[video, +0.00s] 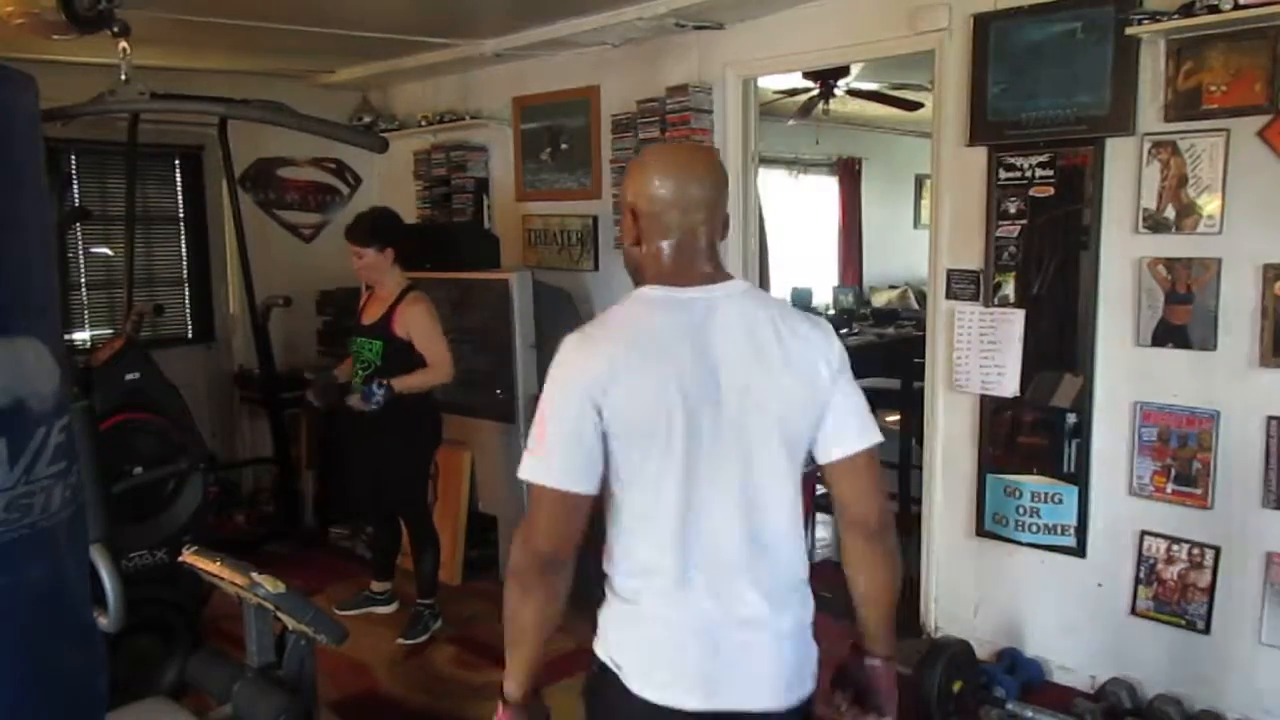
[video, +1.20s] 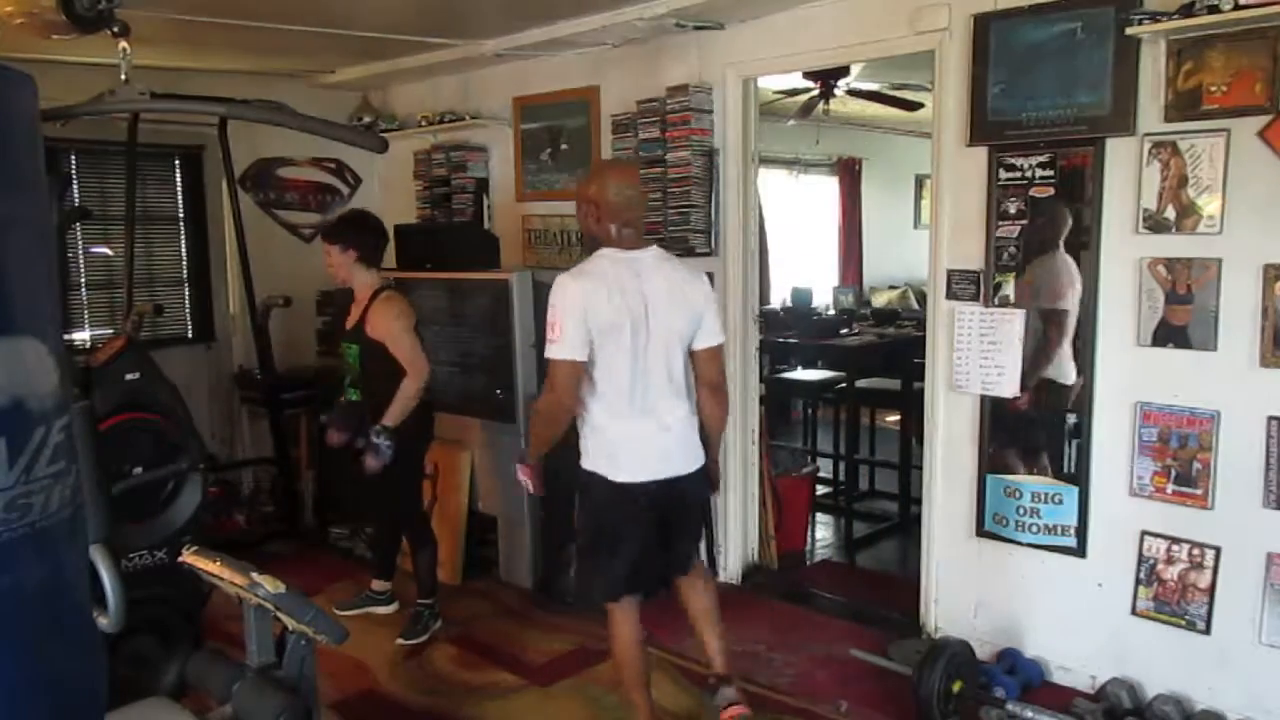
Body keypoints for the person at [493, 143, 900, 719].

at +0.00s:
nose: (621, 234)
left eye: (622, 218)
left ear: (630, 227)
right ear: (723, 225)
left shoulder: (598, 350)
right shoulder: (809, 341)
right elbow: (868, 518)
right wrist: (879, 656)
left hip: (646, 682)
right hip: (776, 681)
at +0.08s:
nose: (620, 220)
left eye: (621, 205)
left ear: (629, 213)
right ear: (720, 218)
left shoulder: (583, 329)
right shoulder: (792, 329)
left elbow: (532, 508)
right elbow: (848, 500)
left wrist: (515, 622)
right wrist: (875, 631)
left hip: (636, 655)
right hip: (759, 656)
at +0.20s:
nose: (631, 220)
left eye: (632, 206)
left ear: (637, 214)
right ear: (722, 222)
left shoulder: (576, 316)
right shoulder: (775, 328)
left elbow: (525, 475)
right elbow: (829, 495)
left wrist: (526, 541)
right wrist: (861, 612)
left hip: (629, 629)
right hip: (745, 629)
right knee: (742, 709)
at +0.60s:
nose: (656, 215)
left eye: (661, 206)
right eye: (660, 204)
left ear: (677, 216)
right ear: (729, 219)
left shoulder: (618, 297)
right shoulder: (774, 309)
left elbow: (580, 432)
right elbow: (800, 441)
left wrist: (562, 543)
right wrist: (811, 539)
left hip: (637, 546)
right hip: (732, 548)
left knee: (621, 691)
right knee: (738, 699)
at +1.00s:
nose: (589, 238)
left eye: (591, 231)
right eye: (592, 229)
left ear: (602, 239)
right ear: (658, 233)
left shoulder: (583, 316)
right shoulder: (711, 305)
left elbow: (583, 435)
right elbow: (739, 412)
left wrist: (584, 531)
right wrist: (747, 486)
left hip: (624, 516)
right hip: (700, 515)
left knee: (623, 626)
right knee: (724, 642)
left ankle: (640, 713)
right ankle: (732, 714)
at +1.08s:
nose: (586, 235)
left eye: (587, 228)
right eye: (588, 226)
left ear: (597, 233)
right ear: (652, 227)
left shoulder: (577, 308)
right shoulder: (703, 299)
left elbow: (573, 425)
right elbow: (728, 406)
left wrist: (563, 510)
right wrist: (729, 477)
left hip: (617, 500)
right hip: (693, 493)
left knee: (619, 617)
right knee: (713, 605)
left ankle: (639, 713)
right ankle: (734, 709)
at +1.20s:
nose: (579, 218)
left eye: (581, 209)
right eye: (581, 208)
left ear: (596, 211)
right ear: (642, 210)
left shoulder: (576, 286)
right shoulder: (690, 278)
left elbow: (562, 394)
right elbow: (713, 382)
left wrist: (532, 454)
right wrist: (708, 459)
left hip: (614, 476)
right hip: (684, 467)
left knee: (622, 599)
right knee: (691, 568)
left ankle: (641, 711)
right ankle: (725, 685)